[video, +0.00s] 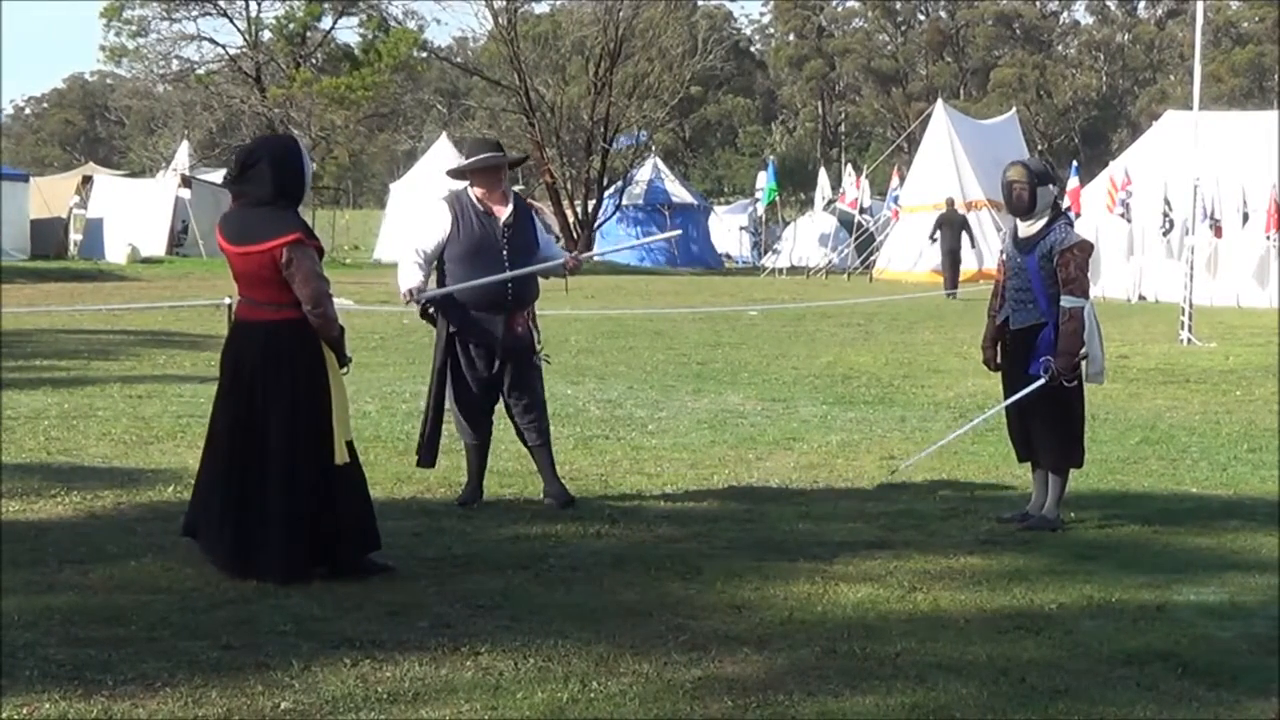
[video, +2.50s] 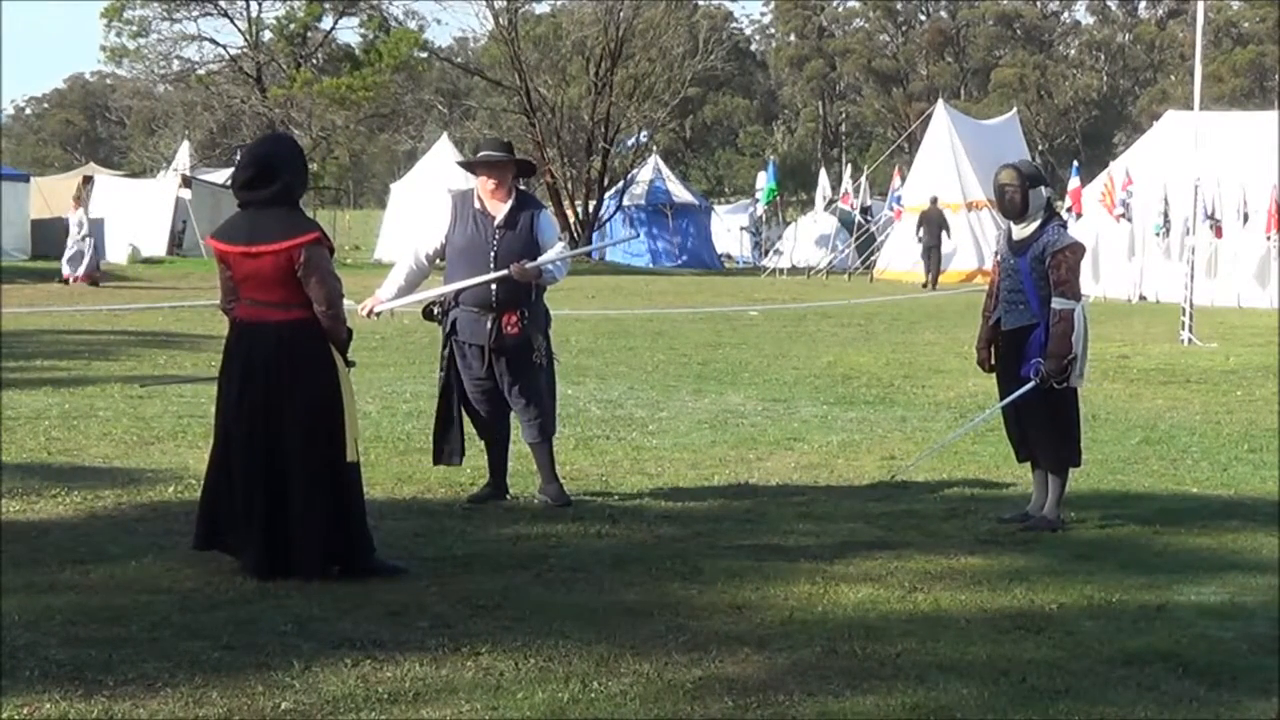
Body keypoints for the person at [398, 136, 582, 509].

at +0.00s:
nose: (490, 178)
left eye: (495, 171)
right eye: (481, 174)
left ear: (505, 171)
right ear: (469, 178)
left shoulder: (524, 211)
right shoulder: (451, 211)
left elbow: (543, 252)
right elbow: (415, 253)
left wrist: (565, 261)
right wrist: (414, 284)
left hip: (517, 322)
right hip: (467, 324)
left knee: (528, 404)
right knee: (472, 407)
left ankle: (551, 481)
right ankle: (473, 483)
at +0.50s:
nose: (538, 182)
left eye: (544, 174)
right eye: (530, 176)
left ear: (556, 174)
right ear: (517, 177)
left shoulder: (573, 214)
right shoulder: (495, 206)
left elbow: (603, 261)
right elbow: (459, 251)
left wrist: (589, 271)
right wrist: (429, 292)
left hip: (552, 325)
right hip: (499, 323)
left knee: (553, 408)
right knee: (490, 408)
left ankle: (556, 484)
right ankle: (475, 482)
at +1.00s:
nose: (537, 178)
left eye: (544, 170)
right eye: (529, 170)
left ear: (555, 173)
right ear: (515, 173)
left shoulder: (571, 215)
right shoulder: (493, 207)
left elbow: (592, 262)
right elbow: (456, 250)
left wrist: (560, 270)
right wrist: (415, 285)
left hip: (549, 327)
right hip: (497, 324)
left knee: (552, 407)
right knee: (499, 407)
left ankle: (557, 483)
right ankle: (497, 481)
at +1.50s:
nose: (500, 181)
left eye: (505, 173)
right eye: (491, 176)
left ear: (517, 173)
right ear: (479, 180)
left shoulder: (538, 212)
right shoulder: (459, 211)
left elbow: (564, 259)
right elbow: (426, 258)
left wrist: (540, 270)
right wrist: (392, 297)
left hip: (526, 328)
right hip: (473, 328)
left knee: (539, 409)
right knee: (489, 412)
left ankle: (555, 484)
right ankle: (497, 483)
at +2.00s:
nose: (491, 181)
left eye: (498, 173)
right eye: (483, 175)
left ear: (511, 173)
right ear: (471, 178)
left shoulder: (532, 211)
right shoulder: (454, 210)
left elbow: (560, 258)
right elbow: (420, 258)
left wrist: (537, 266)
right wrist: (387, 299)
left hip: (521, 325)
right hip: (469, 325)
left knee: (532, 404)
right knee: (484, 407)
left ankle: (549, 481)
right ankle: (497, 482)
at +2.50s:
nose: (493, 179)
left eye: (501, 171)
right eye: (485, 172)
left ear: (514, 173)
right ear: (475, 176)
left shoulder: (535, 214)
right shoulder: (456, 209)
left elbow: (560, 259)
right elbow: (420, 255)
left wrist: (536, 272)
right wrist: (385, 294)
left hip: (521, 327)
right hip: (469, 326)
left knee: (532, 407)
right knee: (485, 412)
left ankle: (550, 482)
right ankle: (496, 483)